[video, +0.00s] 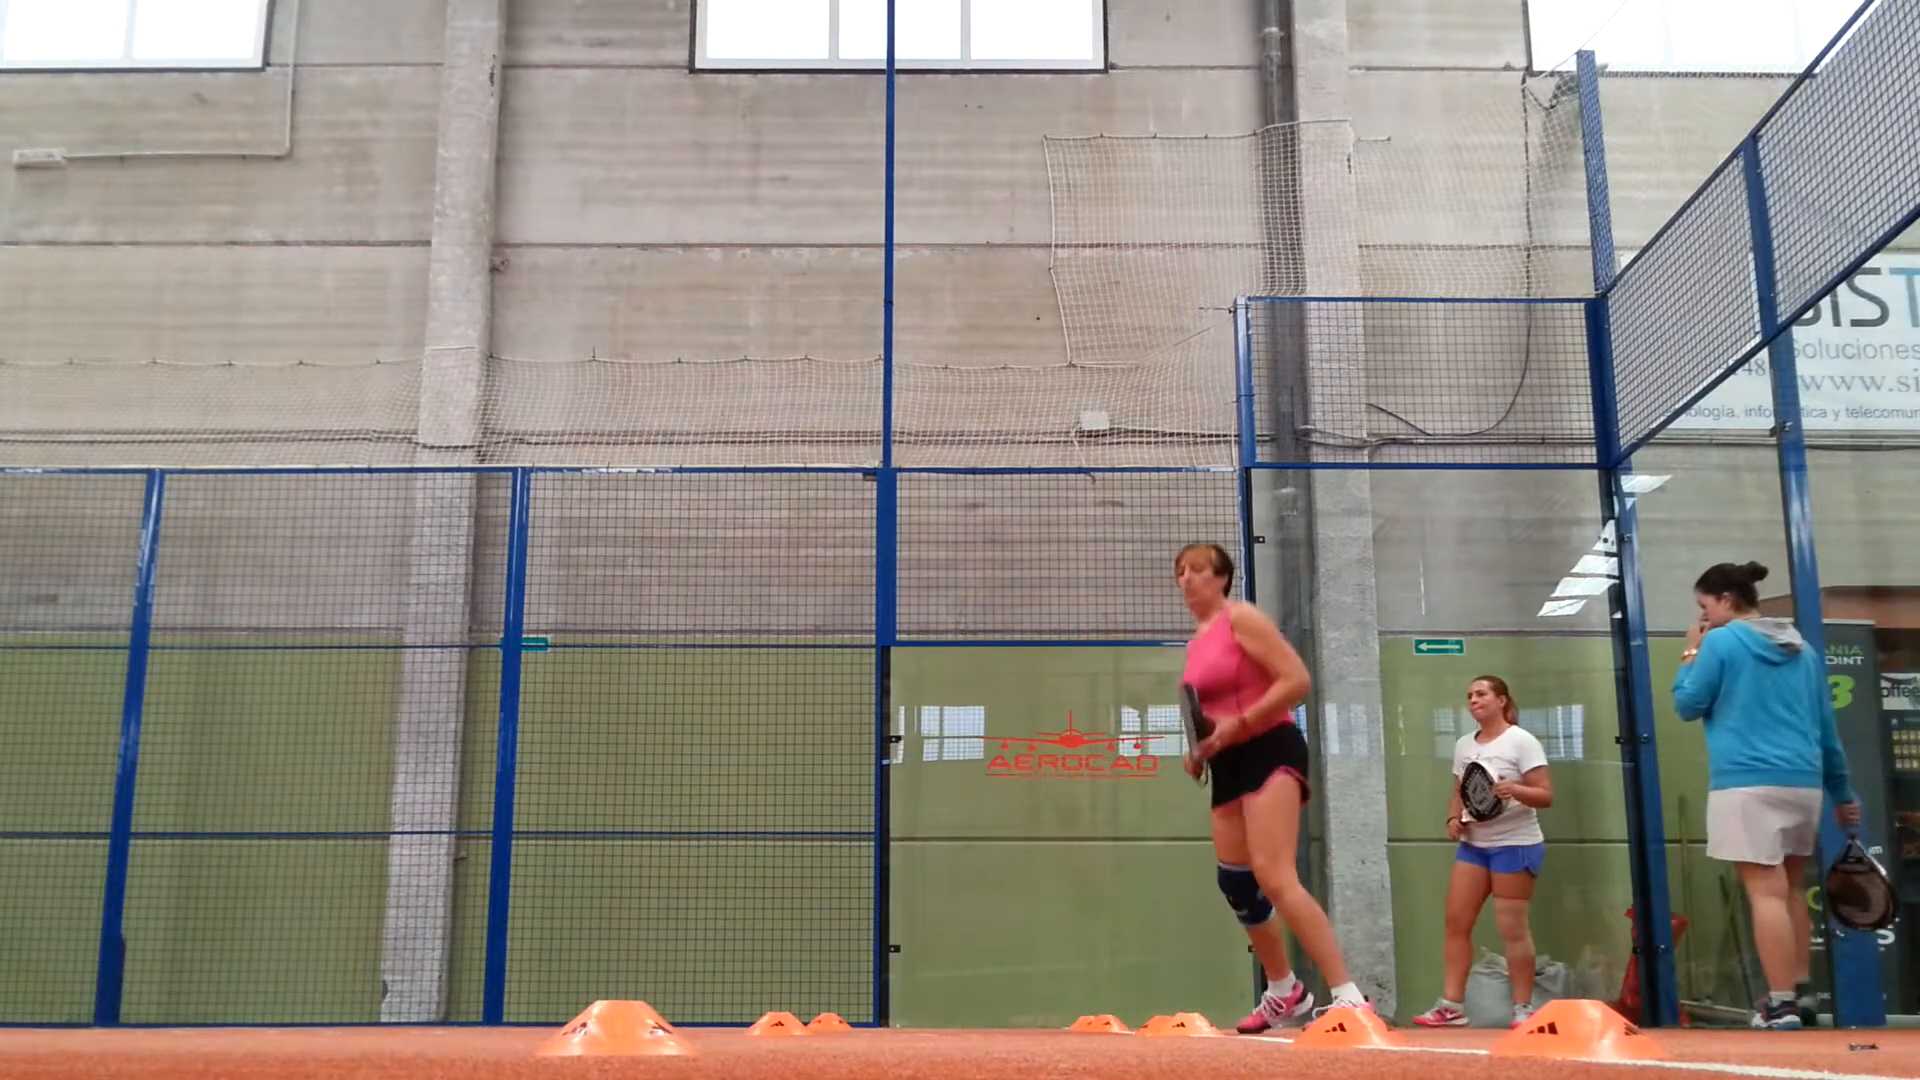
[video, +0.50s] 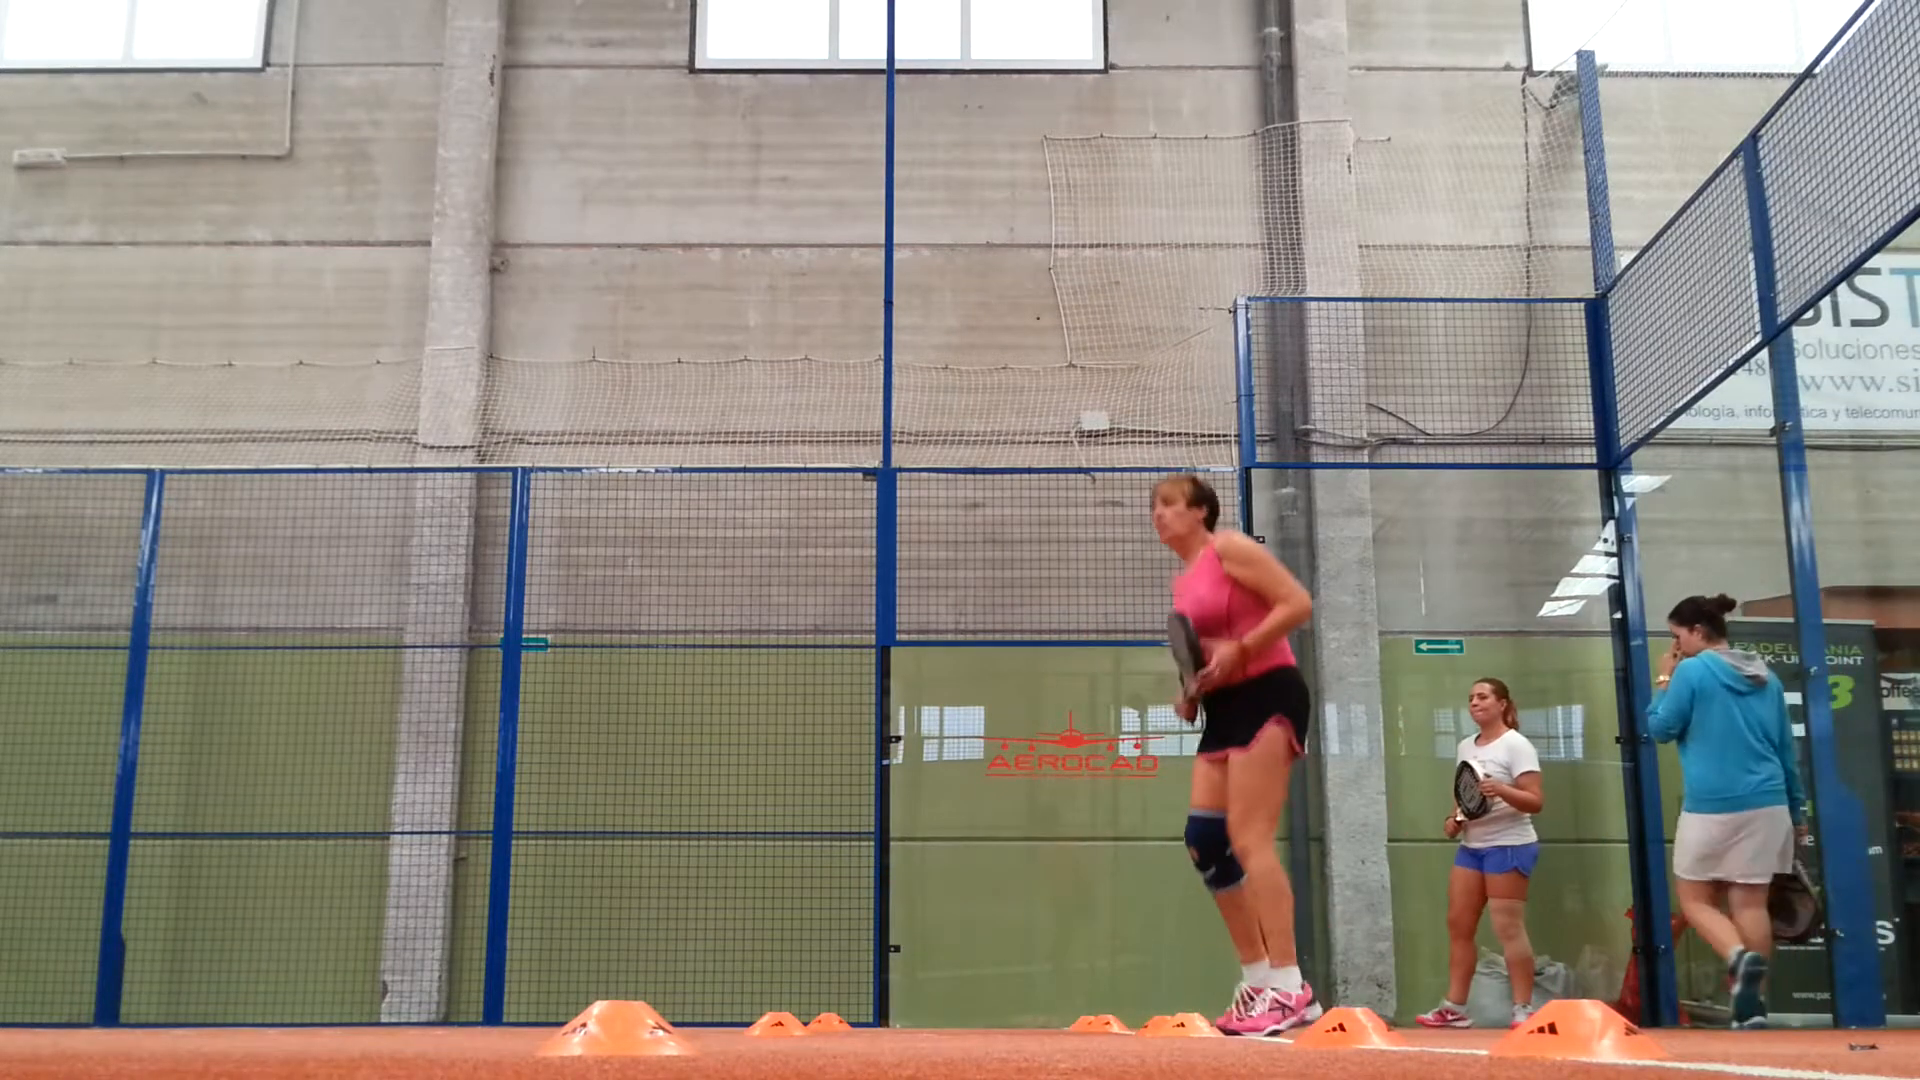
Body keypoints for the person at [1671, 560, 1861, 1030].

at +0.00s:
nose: (1702, 615)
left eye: (1704, 606)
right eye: (1700, 607)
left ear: (1725, 600)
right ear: (1747, 600)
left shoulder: (1722, 640)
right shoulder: (1803, 648)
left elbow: (1688, 703)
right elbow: (1826, 731)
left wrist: (1690, 657)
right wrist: (1842, 793)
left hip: (1748, 782)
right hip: (1804, 782)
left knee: (1766, 891)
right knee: (1792, 888)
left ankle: (1782, 1005)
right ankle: (1799, 994)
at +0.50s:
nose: (1675, 645)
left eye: (1677, 637)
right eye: (1674, 638)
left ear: (1697, 632)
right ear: (1715, 633)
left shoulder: (1692, 670)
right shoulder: (1764, 674)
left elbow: (1661, 727)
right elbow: (1785, 749)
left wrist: (1664, 682)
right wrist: (1796, 812)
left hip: (1709, 805)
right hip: (1767, 802)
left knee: (1696, 901)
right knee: (1751, 902)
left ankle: (1737, 957)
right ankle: (1752, 1009)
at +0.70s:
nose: (1663, 651)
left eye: (1665, 642)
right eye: (1661, 643)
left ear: (1686, 639)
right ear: (1703, 640)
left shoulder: (1684, 675)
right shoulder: (1749, 678)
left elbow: (1658, 733)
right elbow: (1764, 748)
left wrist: (1647, 697)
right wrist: (1760, 795)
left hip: (1697, 803)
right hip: (1752, 800)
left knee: (1683, 900)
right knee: (1743, 902)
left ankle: (1697, 1000)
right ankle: (1752, 1004)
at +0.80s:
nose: (1656, 657)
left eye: (1658, 648)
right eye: (1654, 649)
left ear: (1679, 644)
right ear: (1694, 645)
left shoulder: (1677, 682)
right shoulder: (1737, 682)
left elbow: (1660, 740)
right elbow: (1744, 743)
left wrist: (1638, 713)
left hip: (1691, 812)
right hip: (1744, 805)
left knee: (1683, 910)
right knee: (1738, 903)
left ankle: (1680, 1003)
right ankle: (1750, 1003)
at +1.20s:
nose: (1624, 665)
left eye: (1630, 657)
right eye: (1623, 658)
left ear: (1655, 656)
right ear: (1660, 659)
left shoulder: (1649, 696)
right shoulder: (1692, 696)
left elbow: (1638, 761)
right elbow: (1692, 756)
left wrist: (1620, 771)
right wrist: (1637, 764)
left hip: (1664, 819)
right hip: (1705, 816)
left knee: (1674, 916)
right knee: (1696, 907)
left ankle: (1680, 1010)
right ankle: (1722, 975)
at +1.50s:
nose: (1622, 673)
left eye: (1630, 665)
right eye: (1620, 667)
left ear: (1652, 668)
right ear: (1622, 671)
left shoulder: (1656, 705)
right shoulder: (1645, 708)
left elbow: (1636, 766)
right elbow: (1623, 776)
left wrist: (1612, 787)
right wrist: (1611, 830)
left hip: (1663, 819)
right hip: (1660, 819)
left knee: (1665, 914)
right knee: (1666, 915)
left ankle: (1678, 1008)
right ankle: (1674, 1006)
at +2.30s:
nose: (1642, 675)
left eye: (1649, 668)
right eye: (1635, 669)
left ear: (1664, 674)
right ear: (1627, 677)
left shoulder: (1686, 714)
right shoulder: (1620, 724)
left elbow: (1702, 766)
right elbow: (1620, 774)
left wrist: (1649, 775)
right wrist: (1625, 822)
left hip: (1695, 829)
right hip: (1650, 834)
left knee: (1703, 919)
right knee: (1664, 920)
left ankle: (1712, 1001)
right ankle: (1673, 1006)